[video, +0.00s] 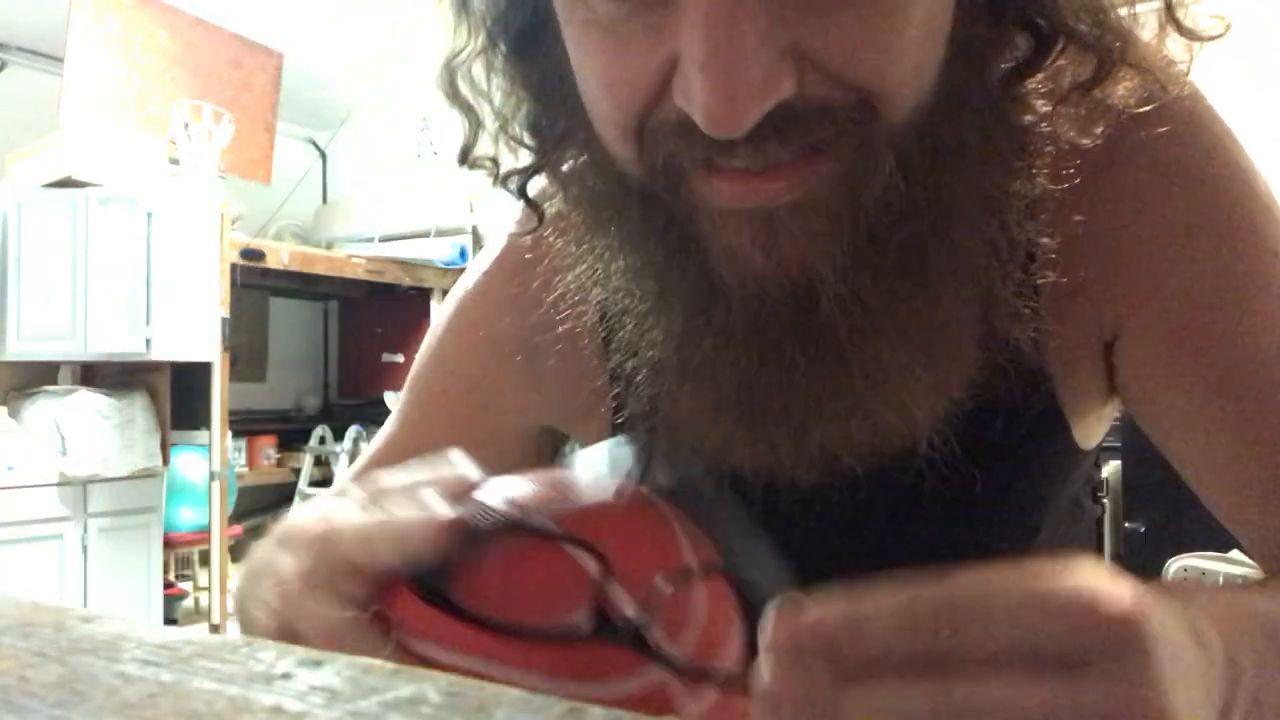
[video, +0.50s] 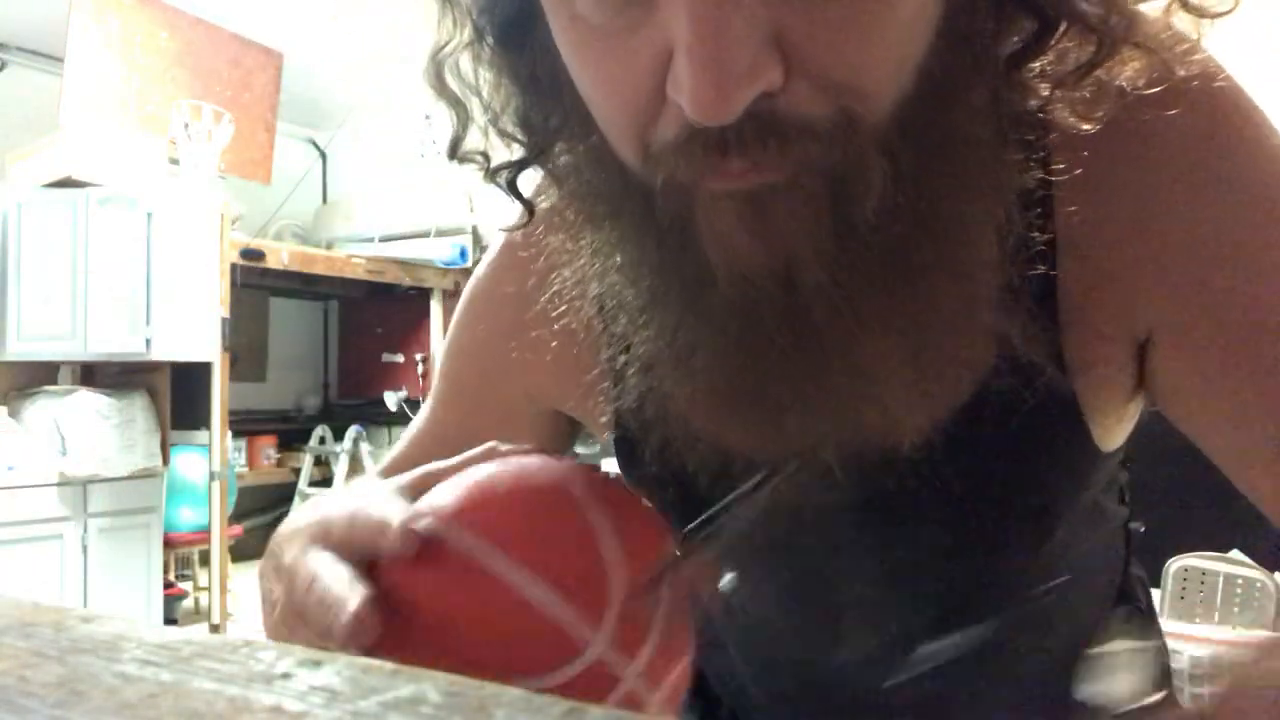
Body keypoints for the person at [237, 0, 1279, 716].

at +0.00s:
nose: (728, 97)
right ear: (542, 15)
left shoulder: (1109, 151)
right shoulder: (571, 248)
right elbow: (375, 529)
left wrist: (1221, 659)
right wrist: (293, 575)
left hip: (1034, 688)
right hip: (717, 688)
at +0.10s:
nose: (722, 94)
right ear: (545, 17)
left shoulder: (1117, 157)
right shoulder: (567, 266)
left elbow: (1275, 563)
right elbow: (325, 563)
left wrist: (1195, 661)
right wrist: (326, 576)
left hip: (1037, 686)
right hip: (724, 685)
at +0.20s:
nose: (712, 91)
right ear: (545, 22)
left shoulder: (1120, 155)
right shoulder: (563, 270)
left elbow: (1274, 558)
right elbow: (332, 547)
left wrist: (1215, 663)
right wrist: (334, 576)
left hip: (1042, 688)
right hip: (724, 689)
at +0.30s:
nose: (705, 90)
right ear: (542, 20)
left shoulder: (1123, 150)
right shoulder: (568, 264)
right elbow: (337, 541)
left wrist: (1218, 663)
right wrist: (316, 565)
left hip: (1044, 686)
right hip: (722, 680)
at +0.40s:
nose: (703, 91)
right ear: (538, 18)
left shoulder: (1123, 144)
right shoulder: (572, 255)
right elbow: (397, 532)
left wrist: (1253, 668)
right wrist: (304, 563)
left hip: (1048, 692)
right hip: (723, 688)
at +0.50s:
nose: (711, 92)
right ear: (534, 15)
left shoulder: (1134, 141)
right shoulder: (564, 265)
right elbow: (423, 511)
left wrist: (1254, 675)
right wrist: (341, 564)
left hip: (1047, 688)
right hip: (732, 693)